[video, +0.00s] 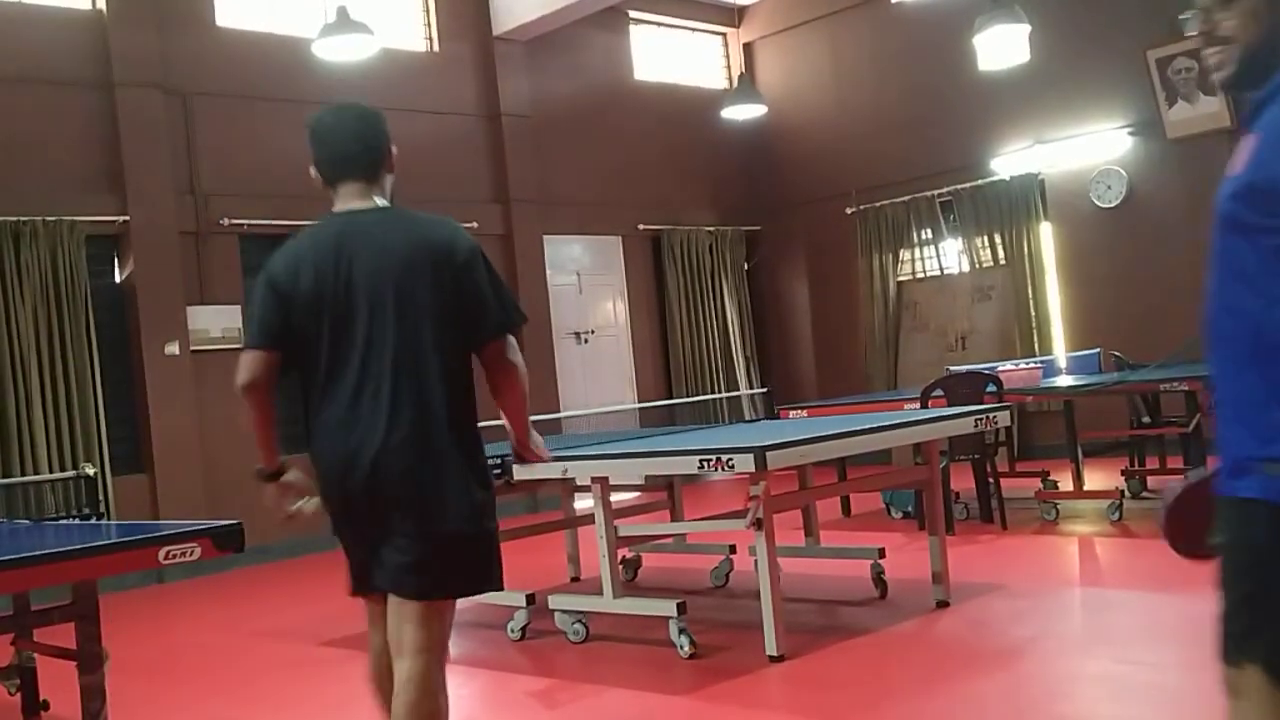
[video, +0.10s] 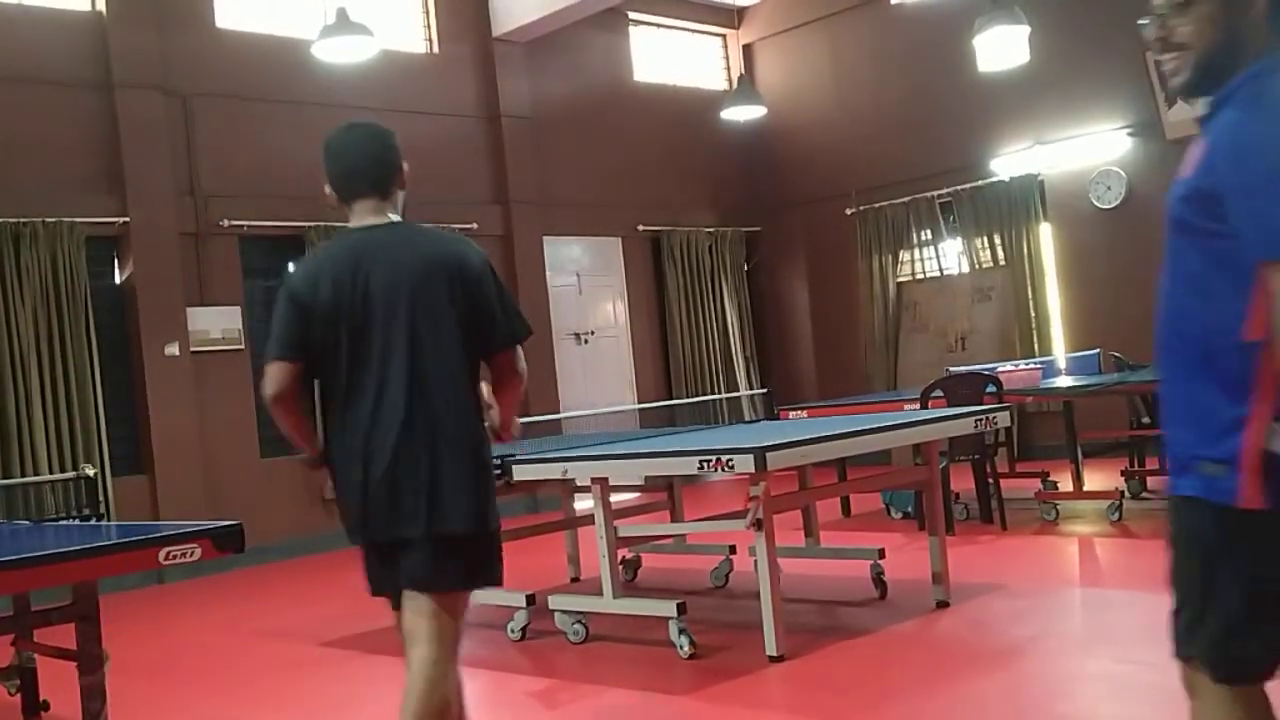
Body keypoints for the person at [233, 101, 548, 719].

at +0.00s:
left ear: (315, 172)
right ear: (389, 161)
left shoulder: (292, 263)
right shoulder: (445, 243)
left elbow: (251, 378)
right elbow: (498, 359)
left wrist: (271, 468)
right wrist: (524, 436)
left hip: (347, 470)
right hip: (434, 466)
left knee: (383, 637)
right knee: (418, 648)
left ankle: (405, 718)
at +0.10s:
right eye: (404, 167)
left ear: (331, 190)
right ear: (403, 177)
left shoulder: (312, 274)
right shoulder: (457, 256)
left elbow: (278, 389)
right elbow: (508, 369)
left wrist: (315, 455)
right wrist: (507, 417)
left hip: (366, 471)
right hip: (451, 465)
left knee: (423, 633)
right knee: (432, 634)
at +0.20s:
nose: (409, 182)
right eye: (410, 174)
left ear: (341, 196)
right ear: (408, 182)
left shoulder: (325, 278)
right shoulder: (462, 257)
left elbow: (304, 392)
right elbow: (510, 369)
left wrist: (362, 428)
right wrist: (468, 416)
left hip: (386, 476)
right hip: (467, 468)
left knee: (421, 614)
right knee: (476, 615)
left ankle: (448, 714)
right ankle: (452, 714)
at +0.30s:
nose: (416, 184)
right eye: (416, 176)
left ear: (352, 199)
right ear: (416, 184)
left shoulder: (338, 279)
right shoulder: (470, 254)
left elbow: (327, 390)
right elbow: (513, 360)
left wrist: (380, 403)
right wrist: (468, 393)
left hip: (394, 470)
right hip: (476, 459)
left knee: (425, 608)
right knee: (504, 595)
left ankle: (455, 719)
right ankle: (474, 703)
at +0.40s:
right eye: (423, 179)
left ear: (362, 200)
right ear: (424, 187)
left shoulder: (347, 276)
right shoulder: (475, 256)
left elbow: (346, 381)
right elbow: (521, 357)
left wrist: (403, 375)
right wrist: (475, 386)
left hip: (404, 460)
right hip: (486, 449)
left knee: (433, 602)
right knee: (511, 567)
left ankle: (465, 718)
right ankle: (510, 699)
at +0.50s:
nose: (439, 198)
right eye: (438, 191)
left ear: (377, 207)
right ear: (437, 199)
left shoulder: (359, 281)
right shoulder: (484, 266)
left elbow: (361, 378)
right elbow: (529, 360)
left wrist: (413, 386)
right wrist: (484, 391)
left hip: (412, 458)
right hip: (493, 448)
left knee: (439, 597)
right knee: (516, 571)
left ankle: (467, 717)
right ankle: (538, 696)